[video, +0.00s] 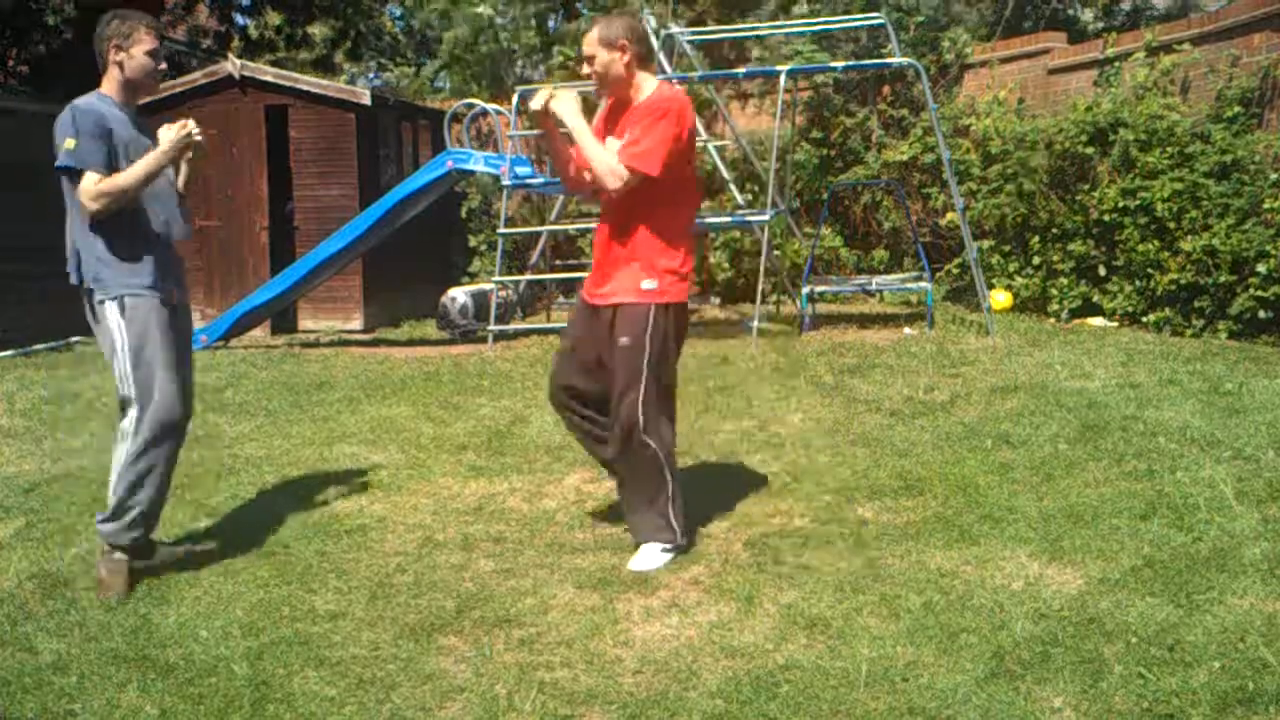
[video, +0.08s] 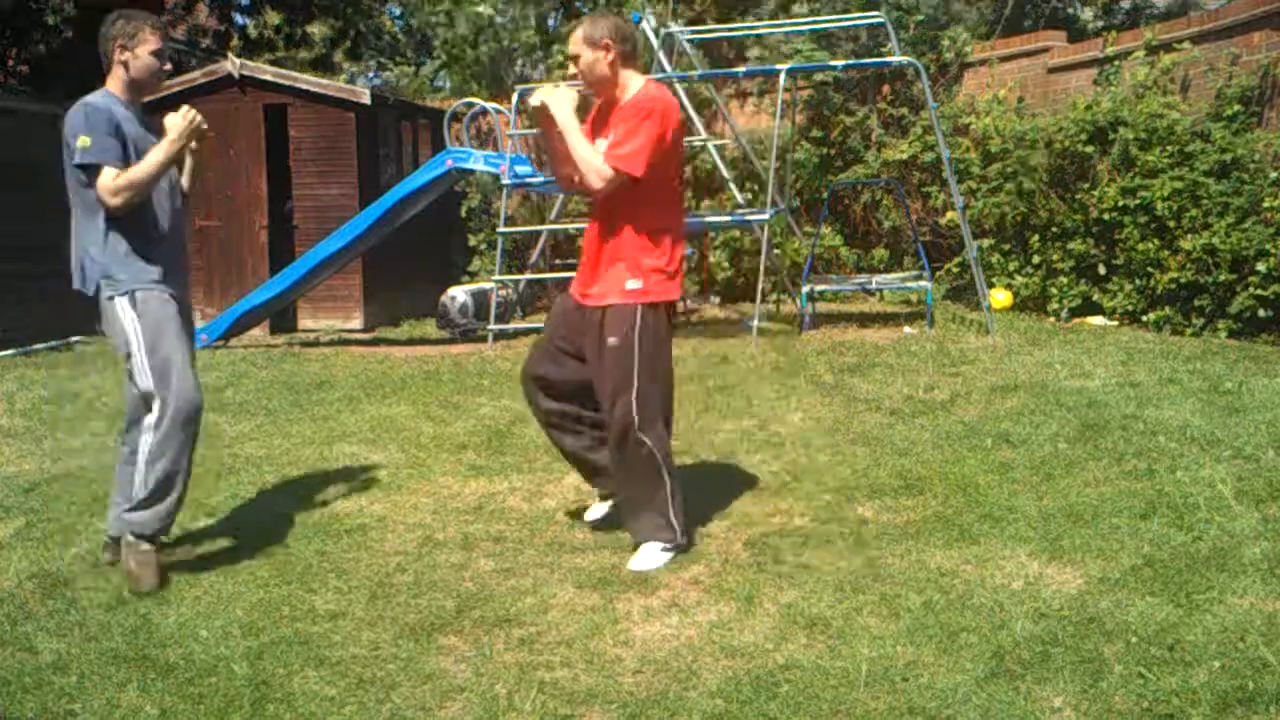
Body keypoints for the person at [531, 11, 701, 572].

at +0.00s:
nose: (587, 71)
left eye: (593, 60)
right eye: (585, 61)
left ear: (625, 55)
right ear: (613, 57)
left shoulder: (666, 103)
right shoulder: (614, 108)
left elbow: (615, 177)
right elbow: (578, 178)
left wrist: (573, 117)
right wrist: (551, 128)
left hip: (652, 278)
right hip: (608, 275)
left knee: (637, 407)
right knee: (571, 388)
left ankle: (661, 532)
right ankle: (642, 481)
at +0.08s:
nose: (573, 70)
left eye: (578, 60)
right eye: (572, 61)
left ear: (610, 54)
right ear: (603, 55)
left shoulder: (652, 103)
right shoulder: (607, 106)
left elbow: (599, 178)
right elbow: (570, 177)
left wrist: (565, 114)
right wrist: (546, 121)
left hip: (639, 278)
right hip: (597, 274)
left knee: (631, 410)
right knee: (547, 376)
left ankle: (662, 530)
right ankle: (618, 481)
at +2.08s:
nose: (341, 89)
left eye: (349, 80)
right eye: (343, 80)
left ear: (378, 84)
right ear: (380, 85)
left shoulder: (387, 122)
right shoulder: (404, 124)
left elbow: (376, 209)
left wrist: (330, 244)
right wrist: (358, 140)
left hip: (421, 291)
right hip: (389, 296)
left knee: (455, 401)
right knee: (354, 398)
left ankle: (543, 507)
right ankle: (362, 514)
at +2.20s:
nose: (343, 77)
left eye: (352, 67)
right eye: (340, 69)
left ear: (386, 72)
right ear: (345, 79)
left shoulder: (416, 114)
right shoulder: (341, 125)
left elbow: (437, 182)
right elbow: (287, 144)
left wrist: (370, 189)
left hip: (425, 283)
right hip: (371, 289)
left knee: (438, 400)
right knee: (348, 395)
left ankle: (508, 503)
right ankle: (360, 510)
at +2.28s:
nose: (352, 77)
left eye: (361, 67)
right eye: (350, 70)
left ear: (394, 70)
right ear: (353, 77)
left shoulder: (433, 116)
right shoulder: (348, 120)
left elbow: (437, 181)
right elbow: (298, 134)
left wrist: (373, 151)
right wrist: (268, 113)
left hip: (426, 289)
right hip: (368, 293)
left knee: (442, 398)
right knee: (346, 397)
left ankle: (511, 497)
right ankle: (359, 512)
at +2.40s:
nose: (373, 88)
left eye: (382, 78)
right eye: (369, 79)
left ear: (416, 78)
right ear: (371, 82)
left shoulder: (455, 131)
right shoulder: (359, 131)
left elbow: (456, 198)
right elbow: (326, 197)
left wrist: (406, 145)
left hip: (438, 307)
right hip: (368, 308)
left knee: (477, 414)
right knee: (348, 413)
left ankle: (531, 496)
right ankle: (358, 514)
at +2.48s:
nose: (374, 89)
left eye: (383, 79)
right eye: (371, 81)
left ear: (417, 79)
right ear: (372, 84)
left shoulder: (458, 131)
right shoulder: (365, 137)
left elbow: (458, 200)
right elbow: (356, 208)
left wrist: (406, 144)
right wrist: (361, 224)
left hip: (448, 307)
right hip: (375, 307)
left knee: (496, 414)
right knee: (338, 408)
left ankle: (531, 498)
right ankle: (354, 512)